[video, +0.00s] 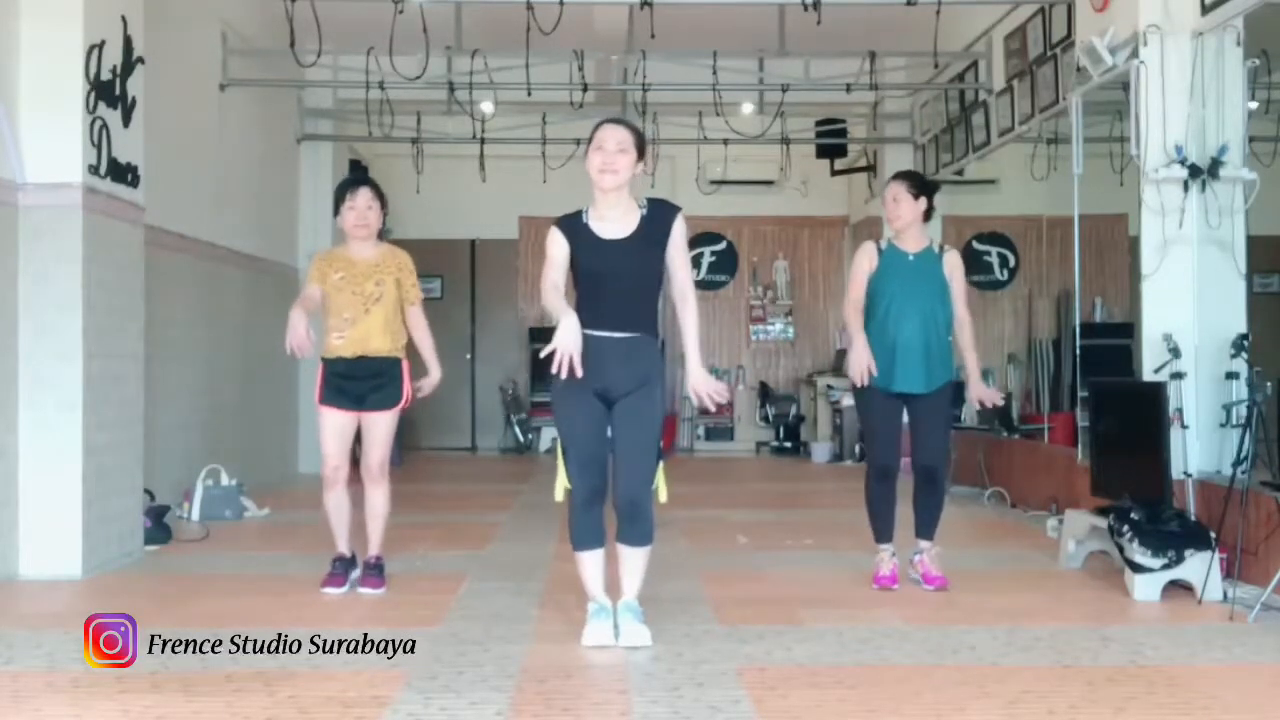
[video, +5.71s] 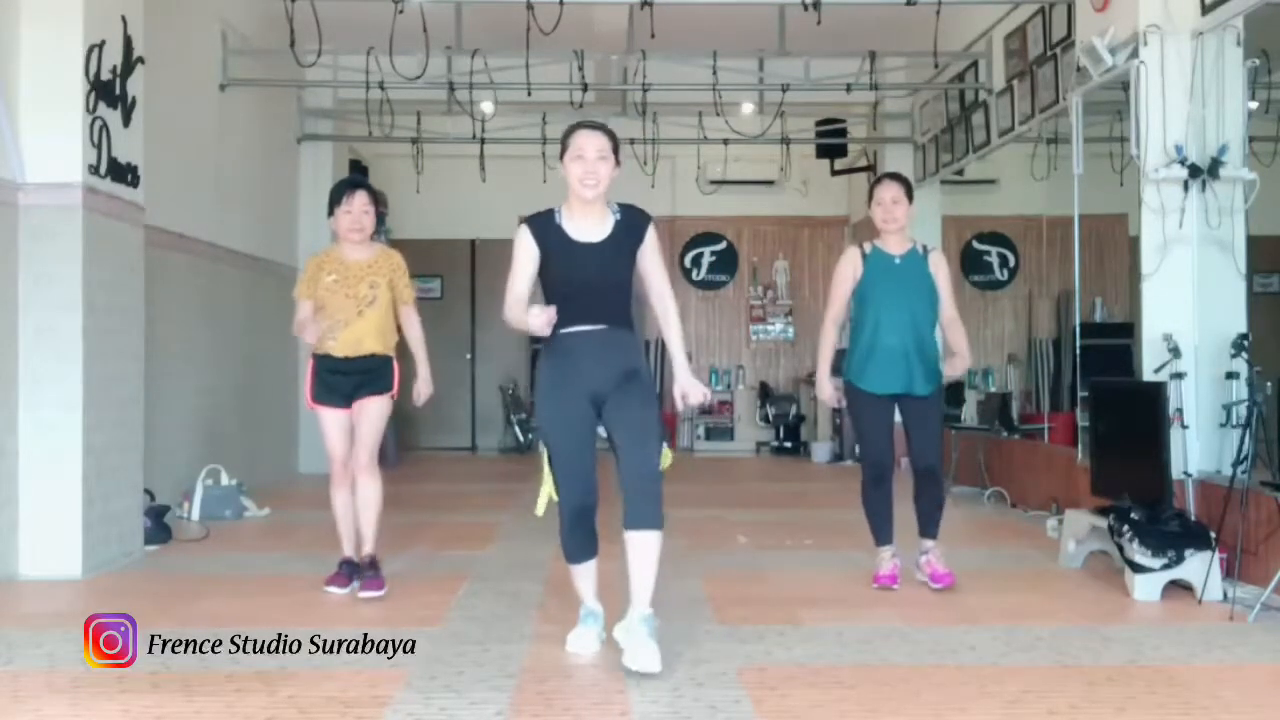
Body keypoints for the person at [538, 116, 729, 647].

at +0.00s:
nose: (608, 158)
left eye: (620, 150)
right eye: (600, 149)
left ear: (639, 162)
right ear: (586, 158)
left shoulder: (666, 220)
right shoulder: (566, 229)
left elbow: (684, 295)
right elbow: (550, 288)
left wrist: (695, 365)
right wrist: (567, 317)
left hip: (642, 370)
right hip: (578, 369)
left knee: (635, 491)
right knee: (585, 489)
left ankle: (629, 604)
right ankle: (597, 604)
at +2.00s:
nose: (607, 166)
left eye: (618, 156)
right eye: (597, 155)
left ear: (635, 165)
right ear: (582, 163)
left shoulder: (664, 220)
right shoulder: (562, 231)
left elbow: (685, 291)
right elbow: (544, 292)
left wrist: (692, 361)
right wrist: (567, 299)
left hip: (641, 368)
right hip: (576, 368)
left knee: (635, 490)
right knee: (585, 488)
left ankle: (629, 605)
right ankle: (597, 605)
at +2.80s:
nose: (622, 161)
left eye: (632, 151)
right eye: (611, 151)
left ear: (647, 159)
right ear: (593, 160)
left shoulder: (669, 220)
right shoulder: (569, 224)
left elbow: (692, 286)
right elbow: (548, 301)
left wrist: (684, 319)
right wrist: (534, 373)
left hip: (653, 364)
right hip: (590, 366)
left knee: (645, 487)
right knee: (598, 487)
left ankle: (632, 604)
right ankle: (599, 605)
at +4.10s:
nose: (594, 176)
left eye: (604, 168)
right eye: (583, 168)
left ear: (620, 178)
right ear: (566, 178)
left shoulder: (641, 235)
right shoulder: (540, 242)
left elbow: (660, 292)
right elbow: (509, 320)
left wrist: (666, 354)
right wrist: (540, 298)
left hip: (624, 375)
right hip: (559, 378)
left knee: (637, 475)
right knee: (571, 503)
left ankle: (628, 607)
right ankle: (589, 613)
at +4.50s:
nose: (589, 180)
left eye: (599, 171)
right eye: (579, 171)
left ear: (615, 183)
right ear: (561, 181)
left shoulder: (640, 243)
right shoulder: (538, 249)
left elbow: (655, 316)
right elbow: (522, 326)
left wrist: (668, 378)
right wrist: (530, 381)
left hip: (625, 385)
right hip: (558, 387)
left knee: (645, 475)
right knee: (566, 503)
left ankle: (639, 595)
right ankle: (590, 611)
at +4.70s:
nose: (592, 163)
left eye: (603, 154)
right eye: (580, 153)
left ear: (618, 164)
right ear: (564, 162)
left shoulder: (641, 220)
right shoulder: (538, 227)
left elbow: (671, 290)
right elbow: (514, 307)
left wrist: (662, 311)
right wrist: (504, 381)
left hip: (626, 366)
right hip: (562, 368)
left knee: (651, 489)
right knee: (575, 494)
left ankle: (636, 565)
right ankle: (588, 609)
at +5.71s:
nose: (590, 168)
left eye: (601, 158)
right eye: (579, 158)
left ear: (616, 167)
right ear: (561, 165)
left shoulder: (637, 226)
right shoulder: (535, 230)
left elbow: (663, 300)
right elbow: (512, 307)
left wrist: (683, 371)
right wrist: (529, 319)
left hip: (626, 368)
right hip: (561, 369)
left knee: (644, 481)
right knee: (575, 498)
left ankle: (639, 618)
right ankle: (590, 612)